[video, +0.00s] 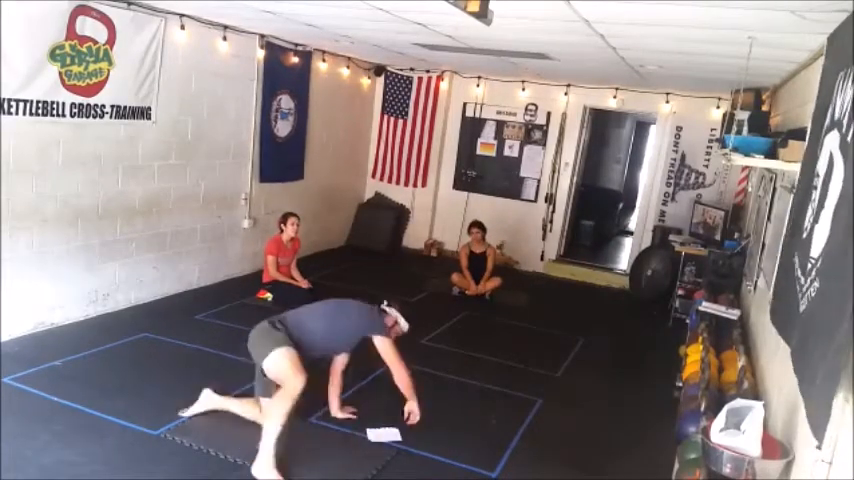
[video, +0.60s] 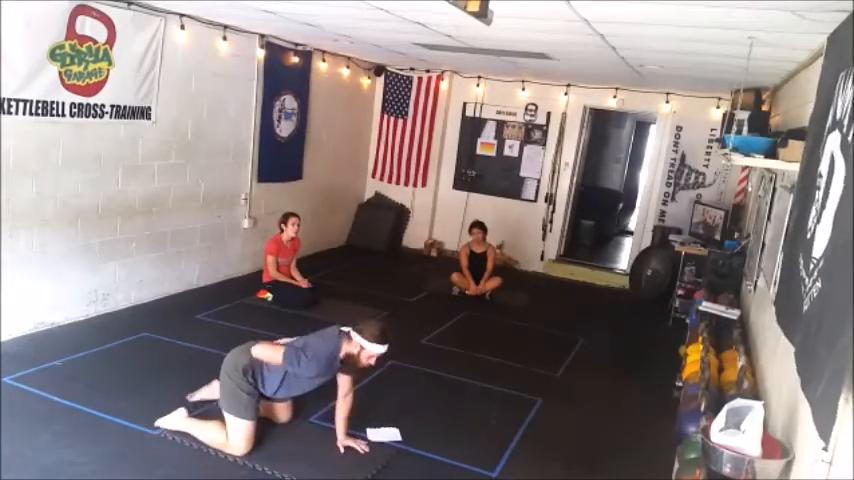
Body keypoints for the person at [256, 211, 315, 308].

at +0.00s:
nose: (296, 228)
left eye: (297, 225)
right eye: (292, 224)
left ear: (299, 226)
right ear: (283, 226)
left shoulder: (295, 242)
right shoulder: (273, 243)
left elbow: (293, 267)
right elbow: (272, 273)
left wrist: (302, 281)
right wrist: (297, 284)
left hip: (288, 280)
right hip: (272, 282)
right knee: (302, 296)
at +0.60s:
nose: (296, 228)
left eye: (298, 225)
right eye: (293, 225)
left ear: (299, 226)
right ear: (283, 226)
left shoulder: (295, 242)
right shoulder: (273, 243)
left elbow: (292, 267)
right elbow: (272, 273)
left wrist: (302, 281)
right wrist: (298, 283)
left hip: (287, 280)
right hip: (272, 282)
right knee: (302, 298)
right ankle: (270, 297)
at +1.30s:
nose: (369, 253)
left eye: (371, 251)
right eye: (368, 249)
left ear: (366, 249)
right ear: (360, 243)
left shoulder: (356, 256)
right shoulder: (346, 249)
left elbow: (354, 276)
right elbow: (328, 249)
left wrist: (352, 294)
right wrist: (316, 244)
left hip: (311, 264)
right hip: (301, 262)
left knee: (309, 297)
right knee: (301, 300)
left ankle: (278, 284)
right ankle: (272, 287)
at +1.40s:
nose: (369, 250)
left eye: (371, 248)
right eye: (368, 245)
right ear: (358, 241)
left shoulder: (355, 256)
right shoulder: (345, 251)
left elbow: (354, 280)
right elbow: (325, 248)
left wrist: (351, 303)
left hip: (307, 261)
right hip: (300, 261)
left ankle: (274, 283)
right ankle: (271, 286)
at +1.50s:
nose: (368, 258)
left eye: (371, 256)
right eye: (369, 255)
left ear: (365, 249)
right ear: (364, 248)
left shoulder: (355, 256)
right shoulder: (344, 251)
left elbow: (354, 279)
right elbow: (311, 252)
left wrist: (352, 304)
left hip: (307, 260)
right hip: (300, 261)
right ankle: (270, 287)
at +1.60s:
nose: (363, 262)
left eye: (366, 261)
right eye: (365, 260)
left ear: (363, 253)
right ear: (362, 253)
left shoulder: (354, 253)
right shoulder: (342, 253)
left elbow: (354, 280)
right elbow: (308, 253)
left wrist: (352, 304)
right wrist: (318, 246)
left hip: (312, 265)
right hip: (300, 263)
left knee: (310, 299)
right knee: (302, 301)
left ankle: (278, 284)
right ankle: (271, 288)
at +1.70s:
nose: (368, 248)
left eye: (370, 245)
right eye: (366, 244)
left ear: (370, 246)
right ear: (356, 242)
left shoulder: (355, 256)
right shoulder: (345, 252)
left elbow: (354, 281)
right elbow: (312, 253)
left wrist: (352, 304)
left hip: (313, 266)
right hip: (300, 263)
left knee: (311, 300)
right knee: (302, 301)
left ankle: (280, 285)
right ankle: (271, 288)